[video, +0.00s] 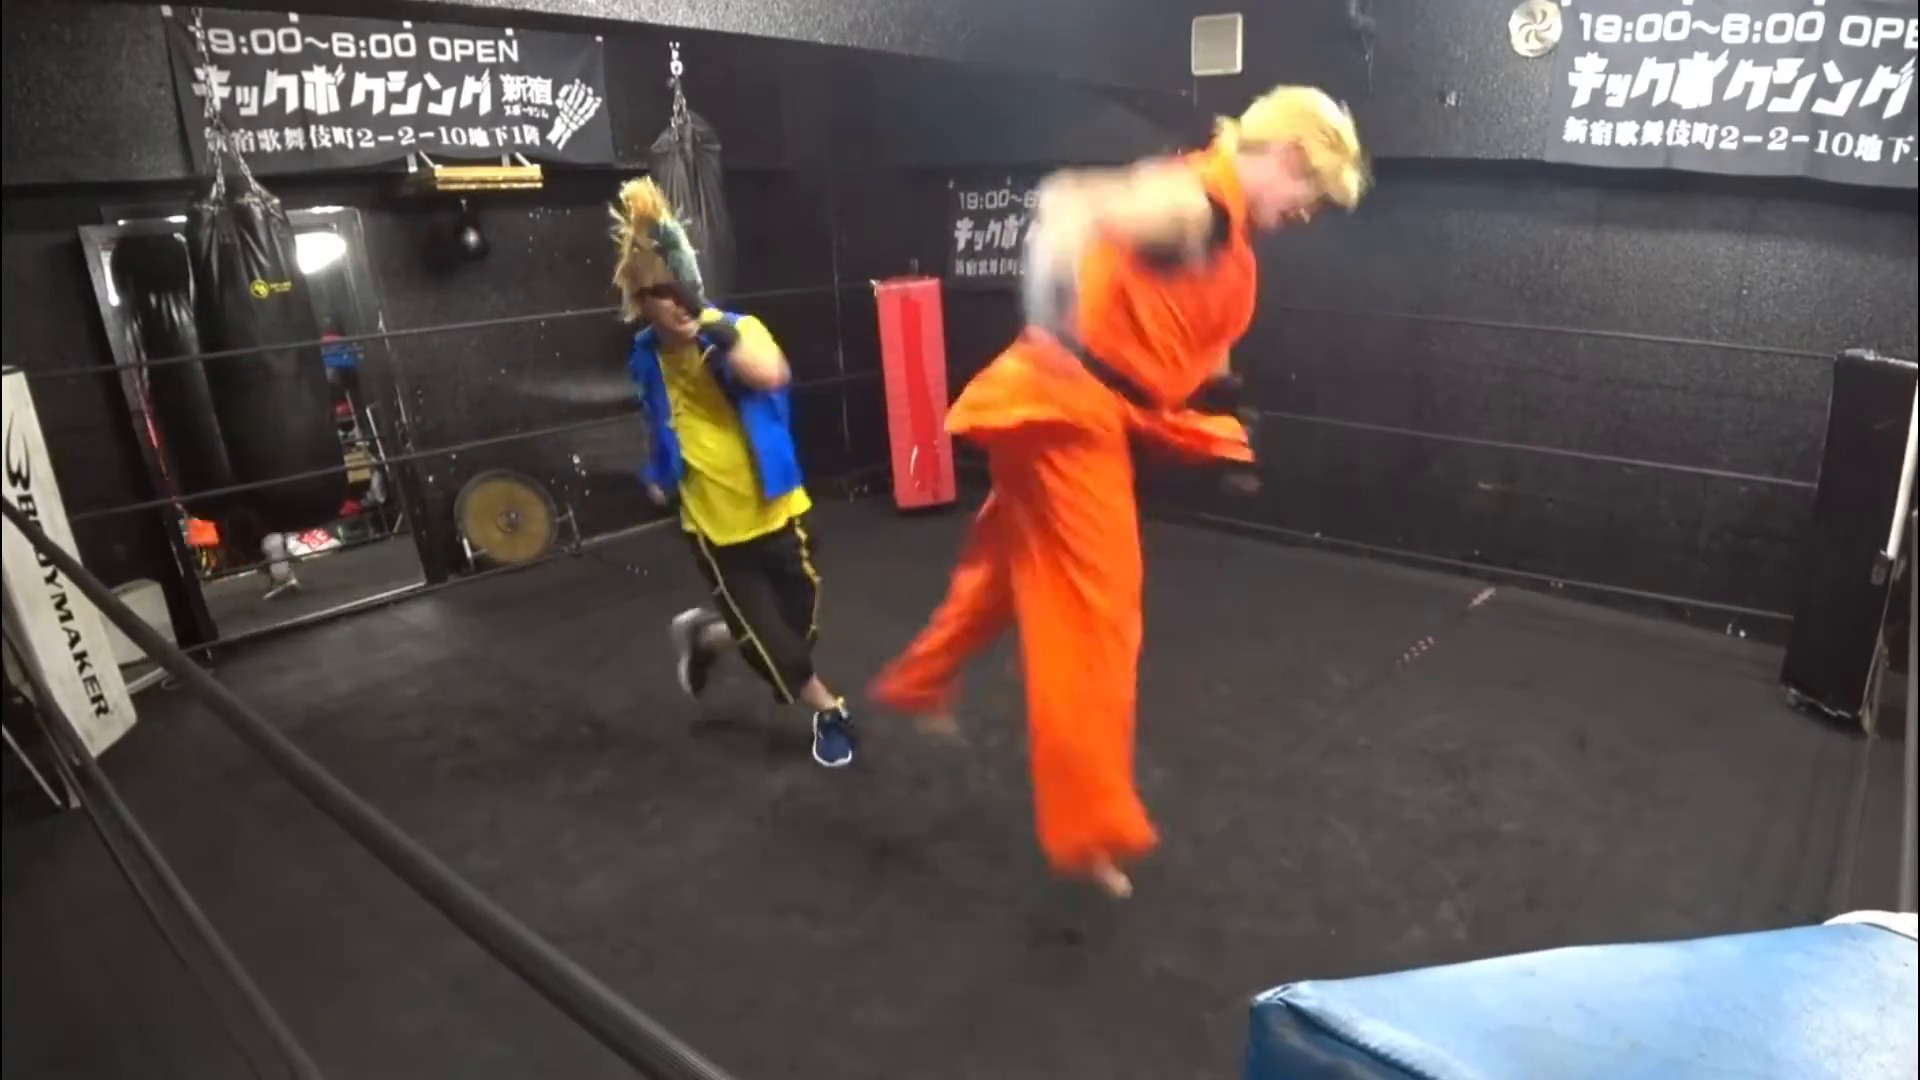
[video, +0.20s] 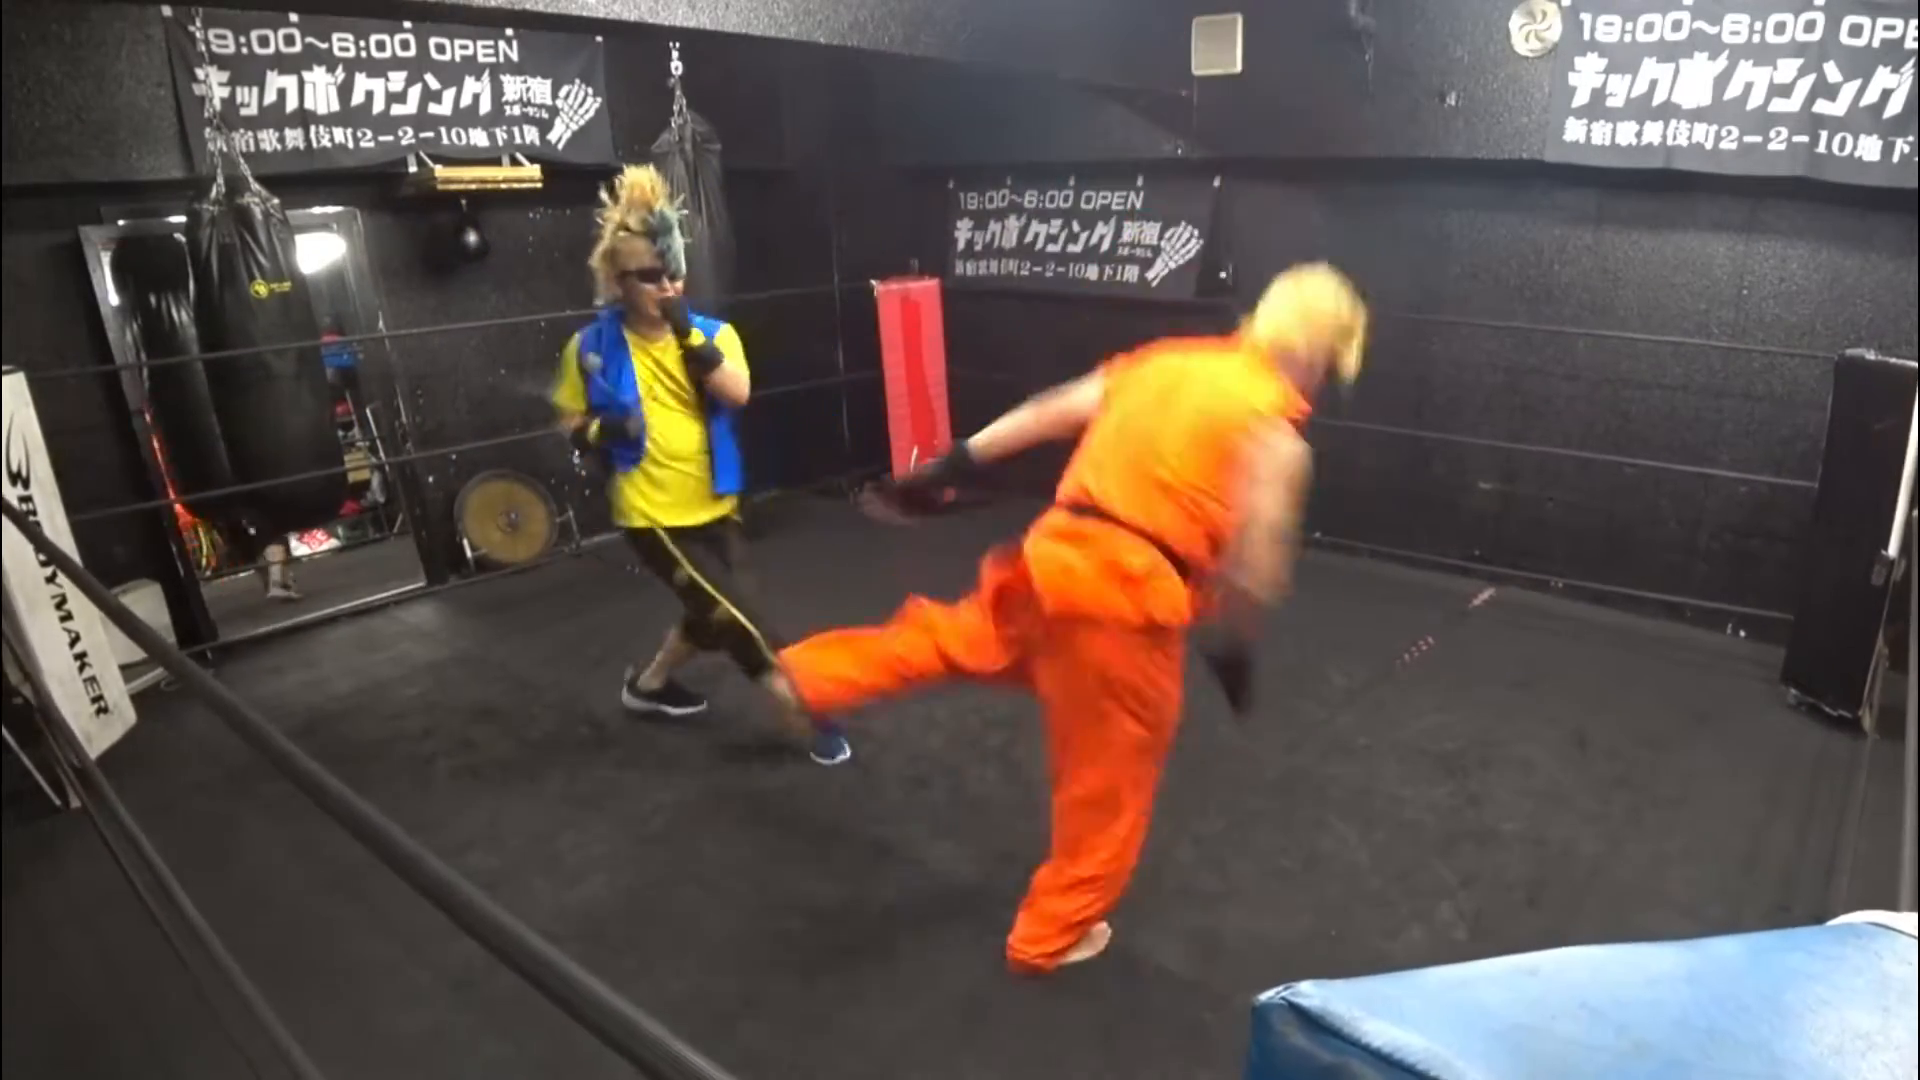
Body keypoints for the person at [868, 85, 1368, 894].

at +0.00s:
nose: (1304, 209)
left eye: (1317, 202)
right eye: (1306, 186)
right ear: (1272, 149)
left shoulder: (1230, 246)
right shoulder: (1189, 195)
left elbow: (1168, 360)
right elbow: (1074, 198)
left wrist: (1203, 428)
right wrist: (1052, 305)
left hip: (1087, 416)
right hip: (1063, 408)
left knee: (1006, 560)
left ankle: (918, 682)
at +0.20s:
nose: (1333, 376)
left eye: (1335, 359)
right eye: (1336, 361)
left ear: (1261, 317)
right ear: (1322, 356)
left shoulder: (1161, 362)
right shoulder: (1276, 432)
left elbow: (1052, 410)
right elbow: (1257, 570)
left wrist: (957, 459)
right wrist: (1235, 645)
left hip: (1051, 559)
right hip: (1132, 600)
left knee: (944, 639)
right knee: (1113, 776)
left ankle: (802, 680)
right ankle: (1051, 933)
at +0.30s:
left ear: (1220, 390)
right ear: (1298, 422)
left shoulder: (1160, 412)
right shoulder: (1309, 476)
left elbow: (1043, 428)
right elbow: (1326, 623)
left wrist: (938, 487)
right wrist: (1314, 728)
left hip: (1076, 585)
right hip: (1177, 632)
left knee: (1009, 686)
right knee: (1120, 809)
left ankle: (952, 791)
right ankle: (1047, 939)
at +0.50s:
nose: (1131, 502)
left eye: (1128, 490)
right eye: (1127, 497)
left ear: (1137, 456)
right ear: (1199, 435)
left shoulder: (1151, 452)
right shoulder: (1304, 473)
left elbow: (1173, 490)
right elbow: (1355, 591)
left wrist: (1227, 540)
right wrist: (1374, 702)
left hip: (1237, 622)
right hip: (1330, 627)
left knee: (1203, 748)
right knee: (1294, 769)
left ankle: (1190, 891)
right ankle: (1261, 909)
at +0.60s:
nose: (1174, 509)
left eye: (1168, 494)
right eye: (1162, 500)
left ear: (1180, 461)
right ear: (1224, 442)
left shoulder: (1211, 481)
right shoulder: (1300, 470)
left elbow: (1241, 543)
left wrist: (1264, 682)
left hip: (1320, 611)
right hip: (1407, 617)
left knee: (1242, 726)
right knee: (1410, 790)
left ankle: (1197, 861)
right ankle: (1542, 879)